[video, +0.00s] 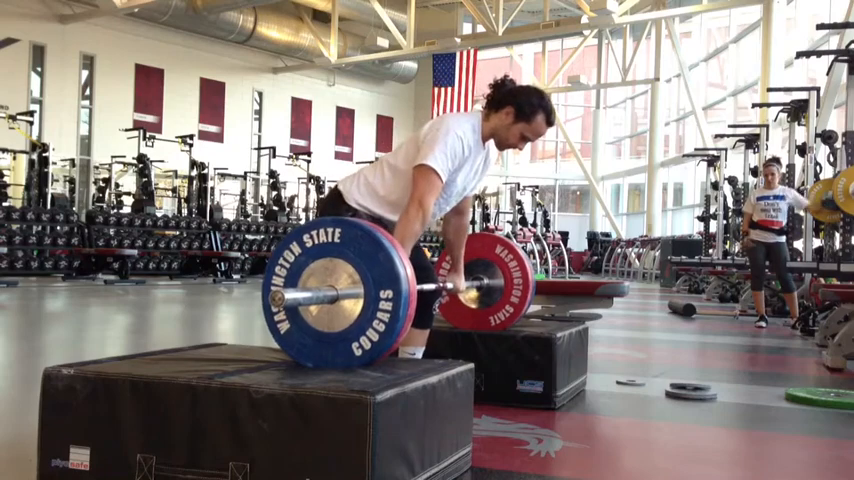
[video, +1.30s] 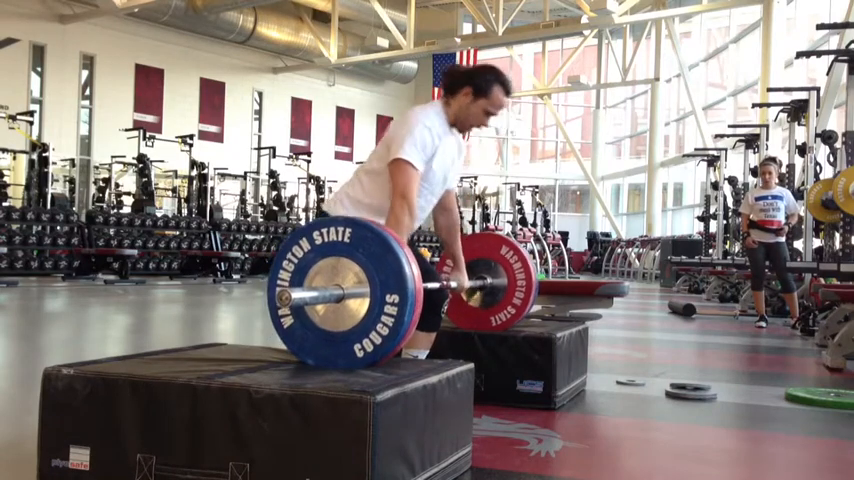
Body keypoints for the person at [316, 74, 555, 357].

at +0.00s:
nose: (522, 147)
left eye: (529, 142)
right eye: (524, 137)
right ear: (507, 113)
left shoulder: (484, 153)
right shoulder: (453, 130)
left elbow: (458, 214)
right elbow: (419, 205)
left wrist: (457, 270)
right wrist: (390, 270)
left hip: (390, 224)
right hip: (350, 210)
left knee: (425, 288)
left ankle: (406, 384)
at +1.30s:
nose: (487, 122)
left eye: (492, 116)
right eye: (487, 112)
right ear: (465, 95)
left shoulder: (454, 141)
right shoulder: (419, 123)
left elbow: (446, 209)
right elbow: (402, 206)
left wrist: (459, 266)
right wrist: (387, 272)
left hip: (387, 231)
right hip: (349, 223)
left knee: (433, 291)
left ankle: (408, 387)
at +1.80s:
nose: (488, 72)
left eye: (486, 65)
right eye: (479, 65)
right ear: (453, 73)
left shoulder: (459, 135)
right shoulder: (430, 119)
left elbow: (448, 207)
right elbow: (406, 199)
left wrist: (454, 265)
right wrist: (390, 267)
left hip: (384, 224)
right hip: (345, 214)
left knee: (425, 289)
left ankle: (404, 385)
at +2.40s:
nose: (469, 64)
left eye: (466, 58)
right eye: (459, 58)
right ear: (435, 72)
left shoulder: (451, 134)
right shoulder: (418, 118)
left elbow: (445, 204)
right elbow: (403, 201)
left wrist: (456, 262)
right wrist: (390, 269)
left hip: (382, 226)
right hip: (345, 220)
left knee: (430, 287)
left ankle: (408, 384)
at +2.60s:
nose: (475, 65)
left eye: (472, 59)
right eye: (466, 59)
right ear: (442, 72)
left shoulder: (452, 130)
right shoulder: (425, 117)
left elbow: (446, 203)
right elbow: (405, 198)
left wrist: (455, 263)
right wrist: (391, 265)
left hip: (381, 224)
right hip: (346, 217)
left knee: (429, 288)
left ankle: (407, 382)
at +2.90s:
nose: (473, 63)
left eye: (470, 57)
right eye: (464, 58)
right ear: (440, 73)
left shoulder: (453, 130)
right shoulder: (425, 116)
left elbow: (448, 203)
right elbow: (406, 197)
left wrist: (457, 262)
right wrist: (393, 264)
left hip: (383, 225)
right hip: (346, 217)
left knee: (431, 288)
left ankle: (406, 385)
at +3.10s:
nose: (473, 40)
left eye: (468, 34)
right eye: (463, 35)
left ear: (450, 53)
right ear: (443, 52)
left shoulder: (457, 108)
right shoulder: (429, 94)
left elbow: (450, 183)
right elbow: (408, 173)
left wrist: (457, 246)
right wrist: (398, 243)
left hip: (396, 205)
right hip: (361, 200)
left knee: (424, 283)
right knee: (376, 289)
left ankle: (407, 381)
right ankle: (366, 388)